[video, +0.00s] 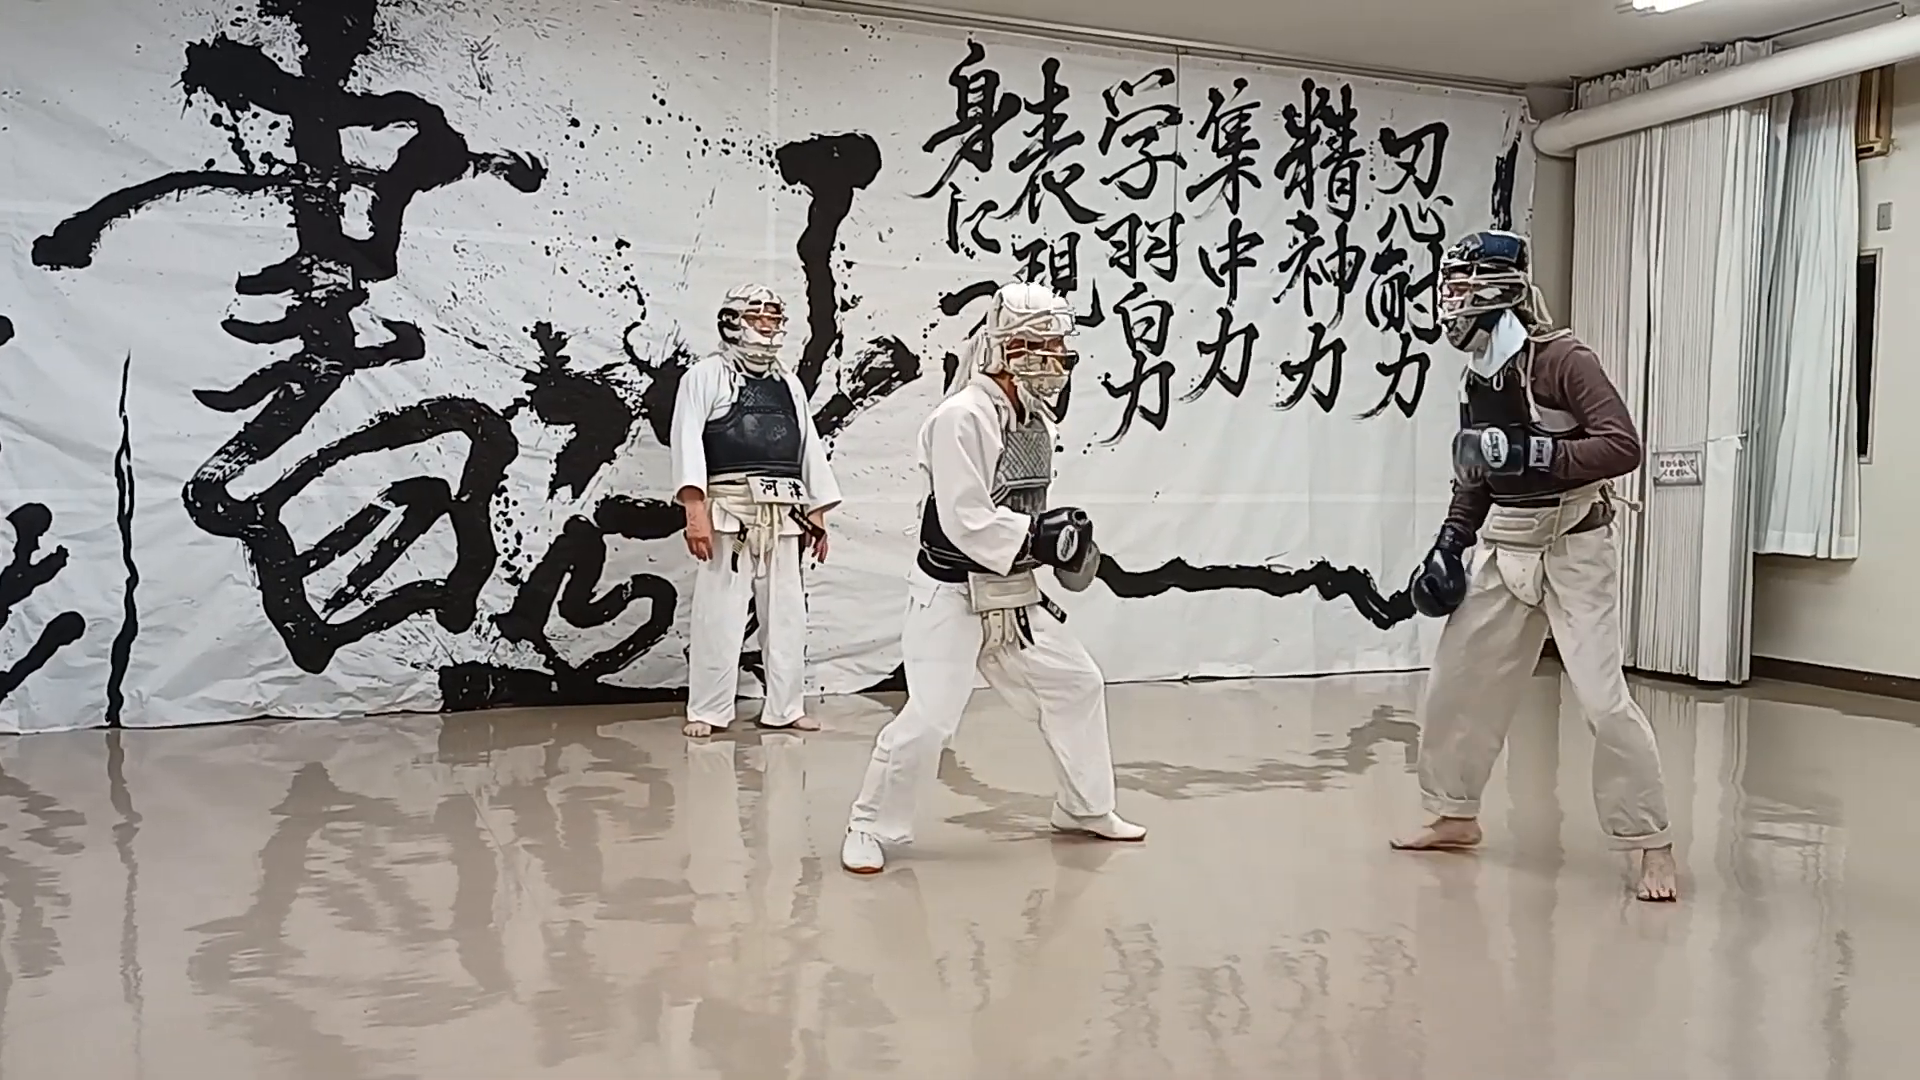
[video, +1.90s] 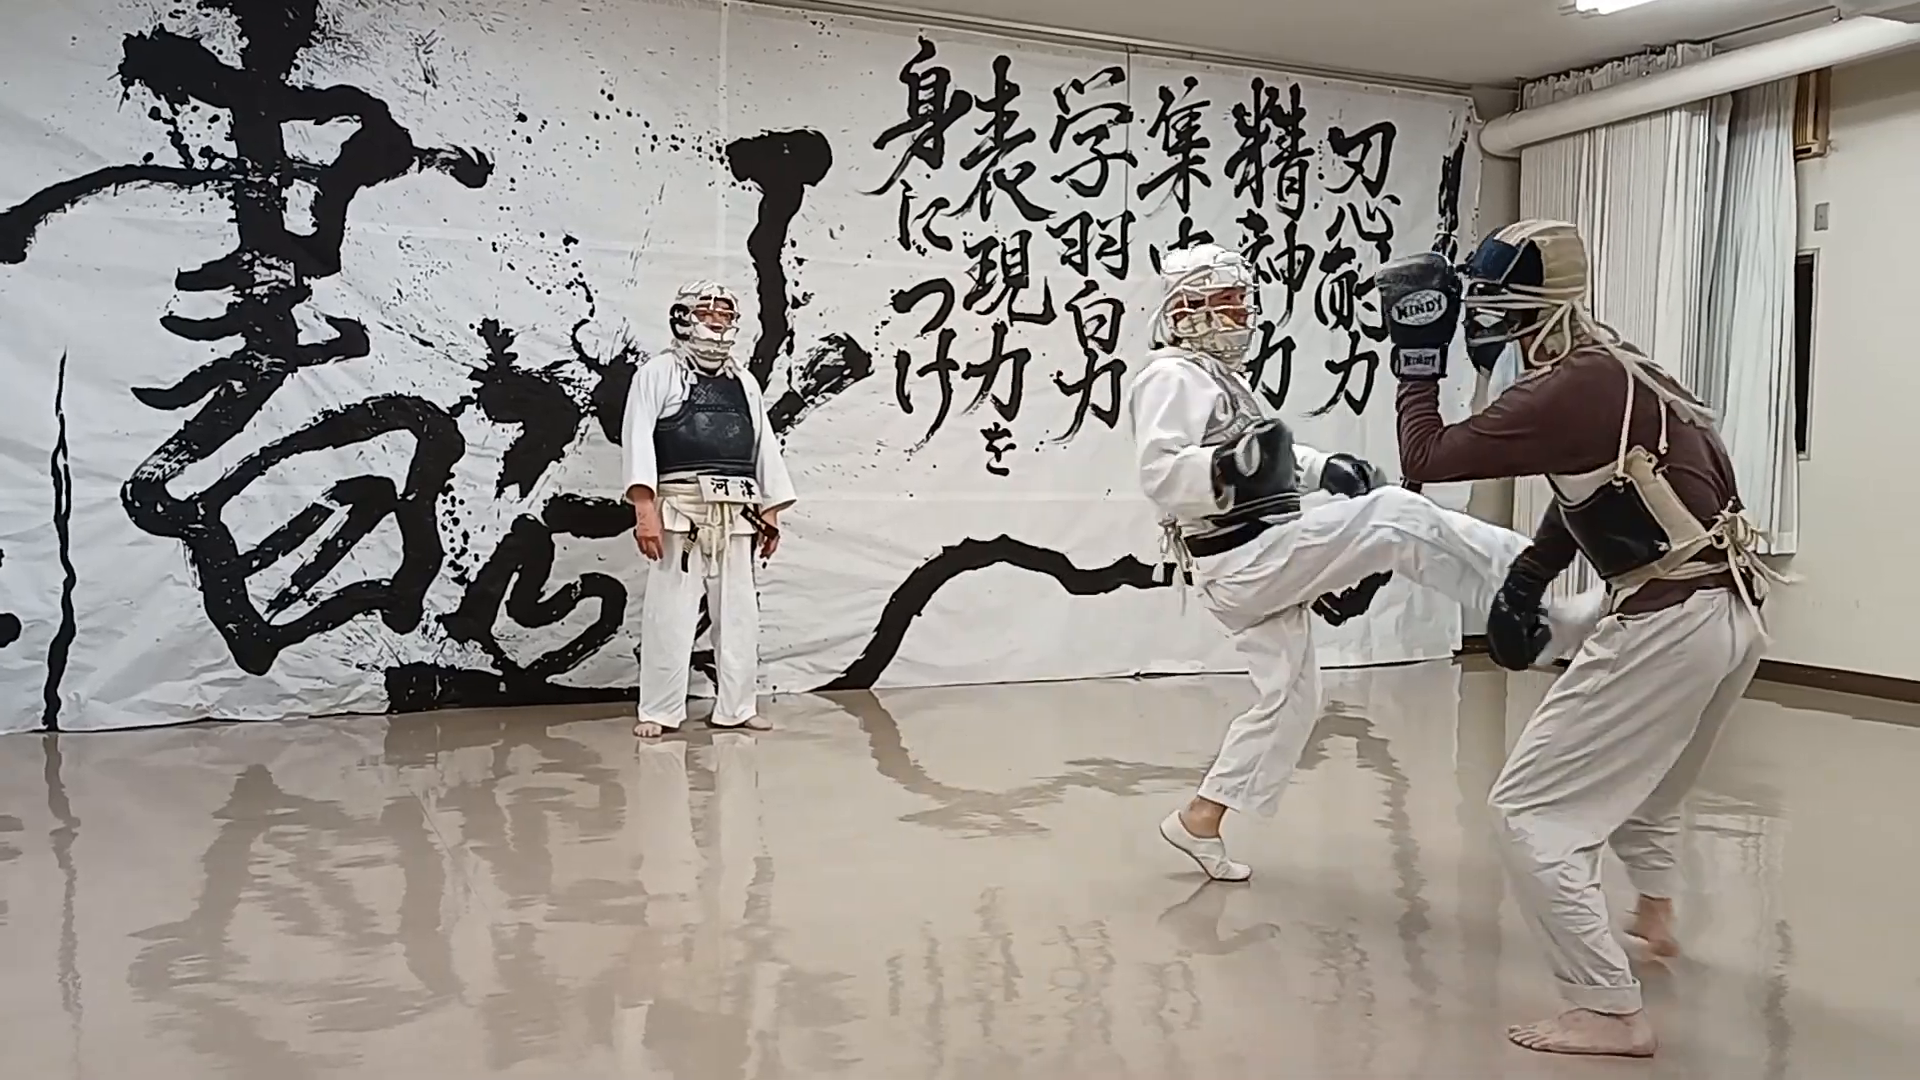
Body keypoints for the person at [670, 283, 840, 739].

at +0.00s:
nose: (768, 325)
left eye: (774, 319)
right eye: (757, 317)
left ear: (781, 326)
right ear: (733, 321)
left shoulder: (789, 382)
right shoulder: (705, 375)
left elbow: (809, 449)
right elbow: (687, 444)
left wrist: (817, 514)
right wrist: (695, 510)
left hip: (784, 512)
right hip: (724, 510)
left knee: (787, 615)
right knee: (718, 615)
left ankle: (784, 709)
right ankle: (707, 713)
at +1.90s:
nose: (717, 321)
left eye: (725, 314)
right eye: (707, 312)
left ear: (733, 322)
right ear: (685, 317)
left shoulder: (744, 379)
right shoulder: (658, 371)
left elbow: (763, 447)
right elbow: (638, 441)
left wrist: (769, 511)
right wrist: (645, 509)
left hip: (737, 509)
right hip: (676, 508)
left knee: (739, 614)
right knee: (669, 615)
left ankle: (736, 709)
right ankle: (659, 714)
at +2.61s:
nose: (681, 319)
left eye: (690, 313)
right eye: (671, 311)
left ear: (699, 321)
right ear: (651, 317)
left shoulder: (713, 378)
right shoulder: (625, 369)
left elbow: (734, 446)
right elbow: (605, 439)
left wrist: (739, 510)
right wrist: (612, 507)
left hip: (705, 510)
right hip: (642, 509)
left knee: (706, 615)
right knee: (635, 616)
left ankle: (702, 710)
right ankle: (625, 714)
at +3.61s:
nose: (609, 318)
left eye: (618, 312)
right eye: (599, 310)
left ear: (628, 322)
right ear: (578, 317)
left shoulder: (645, 381)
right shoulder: (551, 371)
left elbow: (661, 453)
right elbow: (530, 440)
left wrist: (667, 514)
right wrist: (533, 508)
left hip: (633, 512)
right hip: (567, 510)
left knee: (633, 618)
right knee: (560, 619)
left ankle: (630, 712)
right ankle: (550, 717)